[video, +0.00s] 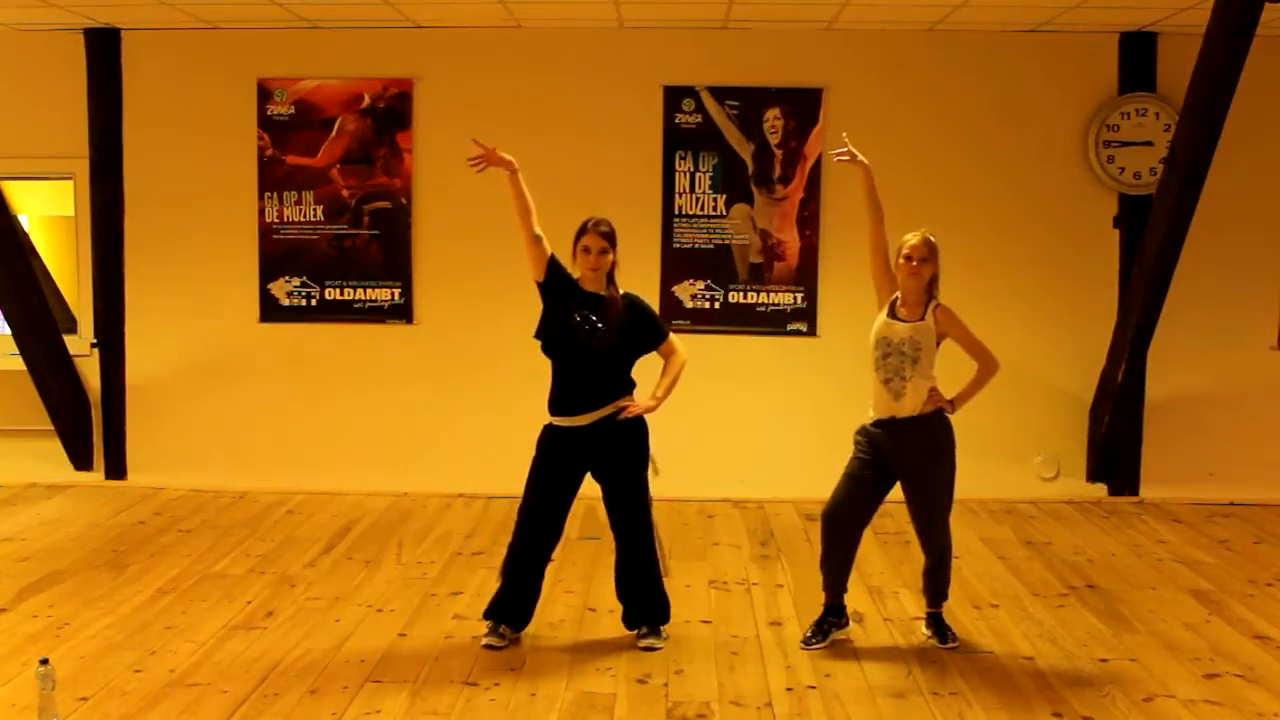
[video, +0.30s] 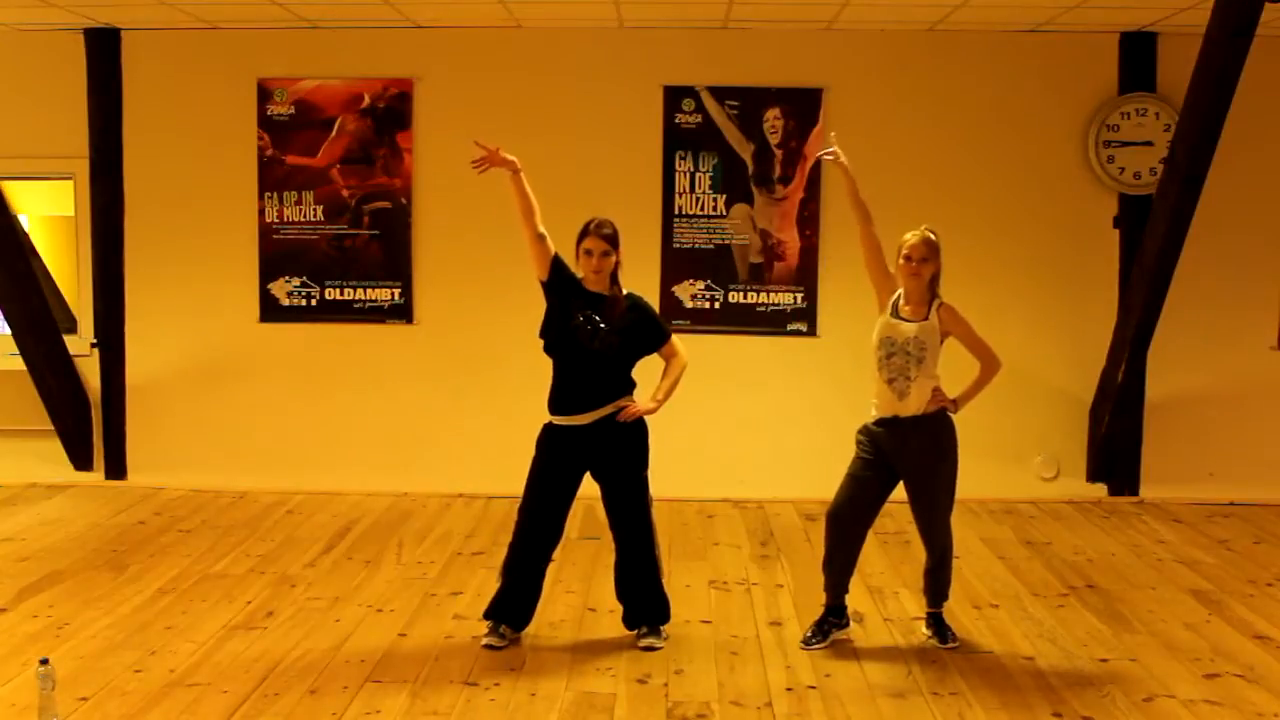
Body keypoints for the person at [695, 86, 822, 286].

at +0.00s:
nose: (771, 125)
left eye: (777, 119)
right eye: (766, 121)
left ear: (789, 124)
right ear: (762, 127)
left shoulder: (803, 158)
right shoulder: (753, 155)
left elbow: (824, 125)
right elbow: (723, 122)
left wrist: (828, 88)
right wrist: (701, 89)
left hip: (787, 243)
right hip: (757, 239)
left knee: (777, 305)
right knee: (739, 210)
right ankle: (743, 285)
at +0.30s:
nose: (771, 125)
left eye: (777, 119)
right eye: (766, 121)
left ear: (789, 124)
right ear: (762, 127)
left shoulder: (803, 158)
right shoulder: (753, 155)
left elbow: (824, 125)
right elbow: (723, 122)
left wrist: (828, 88)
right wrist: (701, 89)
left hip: (787, 242)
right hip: (758, 239)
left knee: (777, 305)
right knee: (739, 210)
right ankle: (743, 284)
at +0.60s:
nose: (771, 125)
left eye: (777, 119)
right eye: (766, 121)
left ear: (789, 124)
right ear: (762, 127)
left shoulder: (802, 158)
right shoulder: (753, 154)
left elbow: (825, 124)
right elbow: (723, 122)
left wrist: (829, 86)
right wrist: (701, 89)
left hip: (786, 242)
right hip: (757, 239)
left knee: (776, 305)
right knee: (739, 210)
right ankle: (743, 284)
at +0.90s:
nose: (771, 125)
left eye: (777, 119)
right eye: (766, 121)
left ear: (789, 124)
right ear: (762, 127)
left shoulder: (803, 156)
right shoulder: (753, 154)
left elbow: (825, 124)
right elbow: (723, 122)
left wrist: (829, 86)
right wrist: (701, 89)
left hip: (787, 242)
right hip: (757, 239)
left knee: (777, 305)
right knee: (739, 210)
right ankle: (743, 284)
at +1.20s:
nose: (771, 125)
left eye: (777, 119)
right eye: (766, 121)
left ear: (790, 124)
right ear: (762, 127)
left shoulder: (803, 156)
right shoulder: (753, 154)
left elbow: (825, 124)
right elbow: (723, 122)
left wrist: (829, 87)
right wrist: (701, 89)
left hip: (786, 243)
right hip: (757, 239)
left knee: (776, 305)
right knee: (739, 210)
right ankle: (743, 285)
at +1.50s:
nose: (771, 125)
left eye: (777, 119)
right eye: (766, 121)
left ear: (790, 124)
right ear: (762, 127)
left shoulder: (803, 156)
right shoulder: (753, 154)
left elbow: (825, 124)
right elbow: (723, 122)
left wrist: (830, 86)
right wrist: (701, 89)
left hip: (786, 243)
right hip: (757, 240)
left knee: (776, 307)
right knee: (739, 210)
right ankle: (743, 286)